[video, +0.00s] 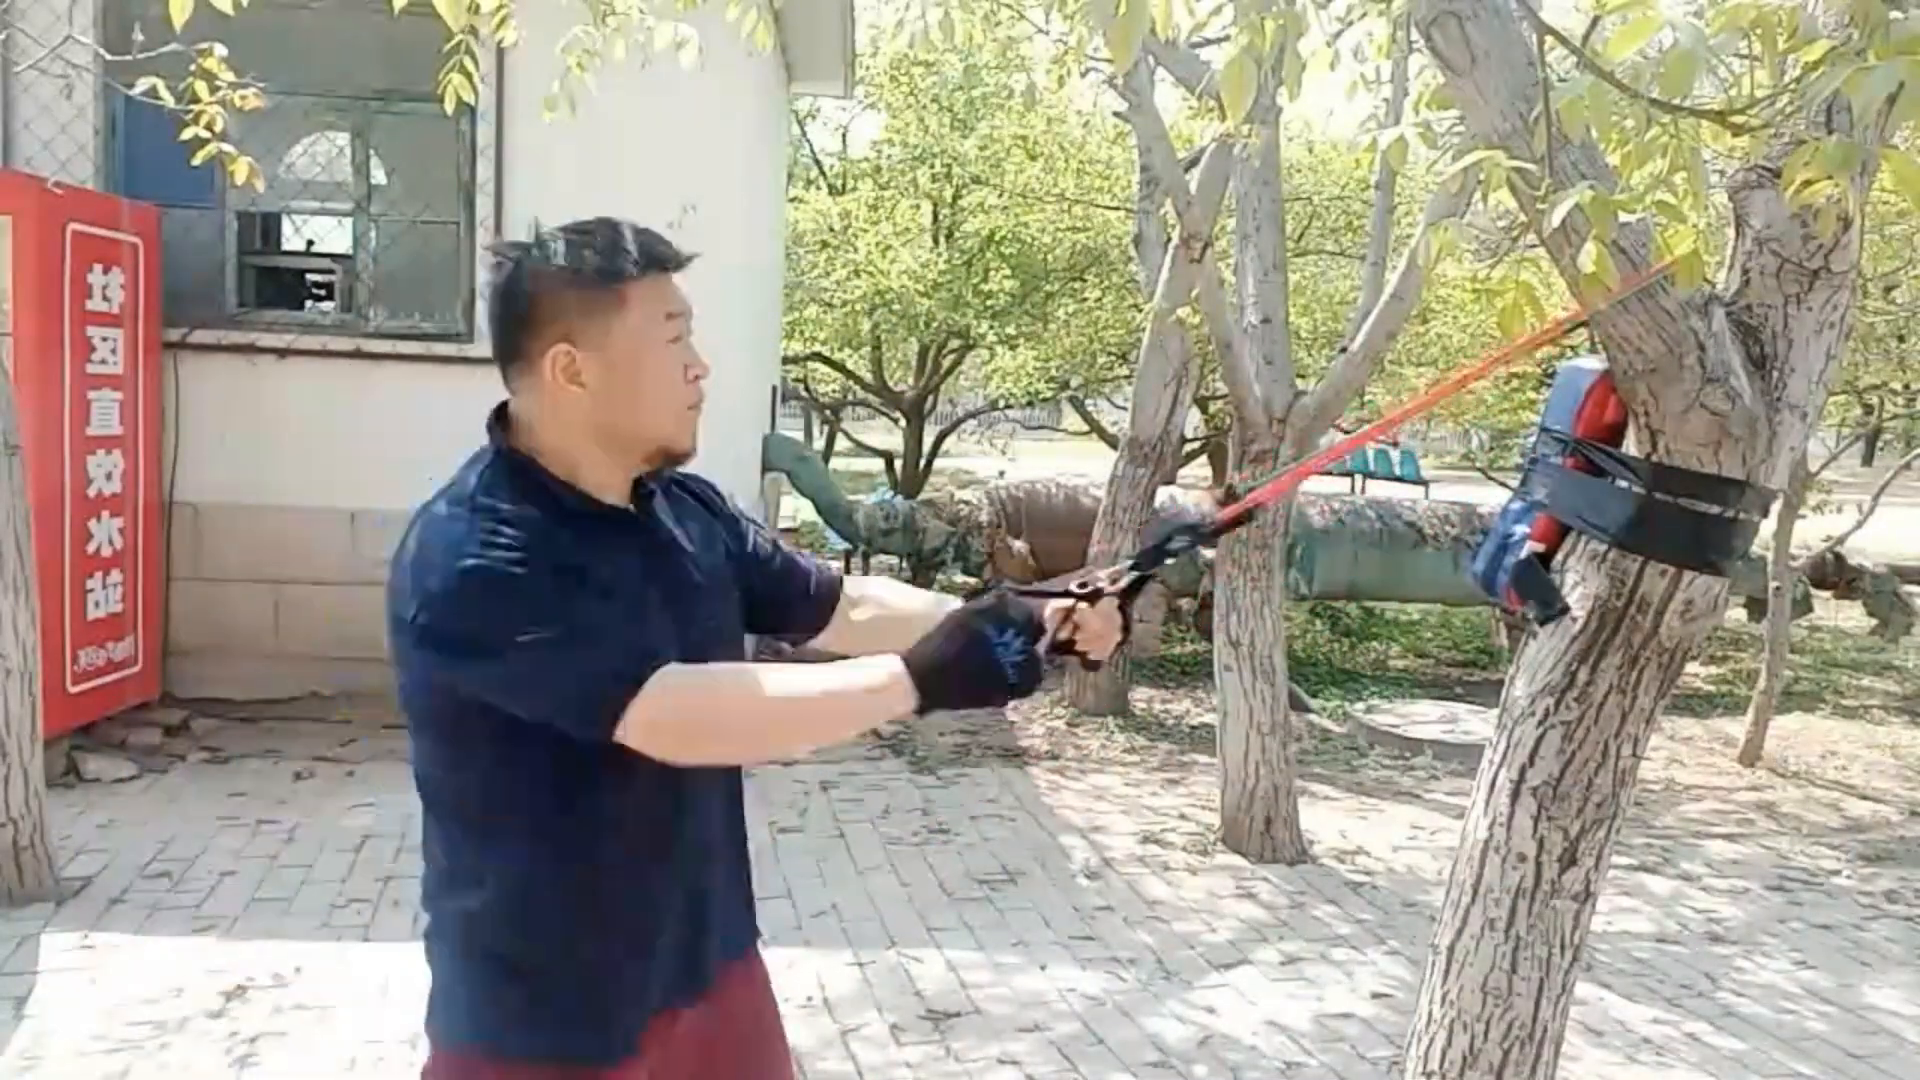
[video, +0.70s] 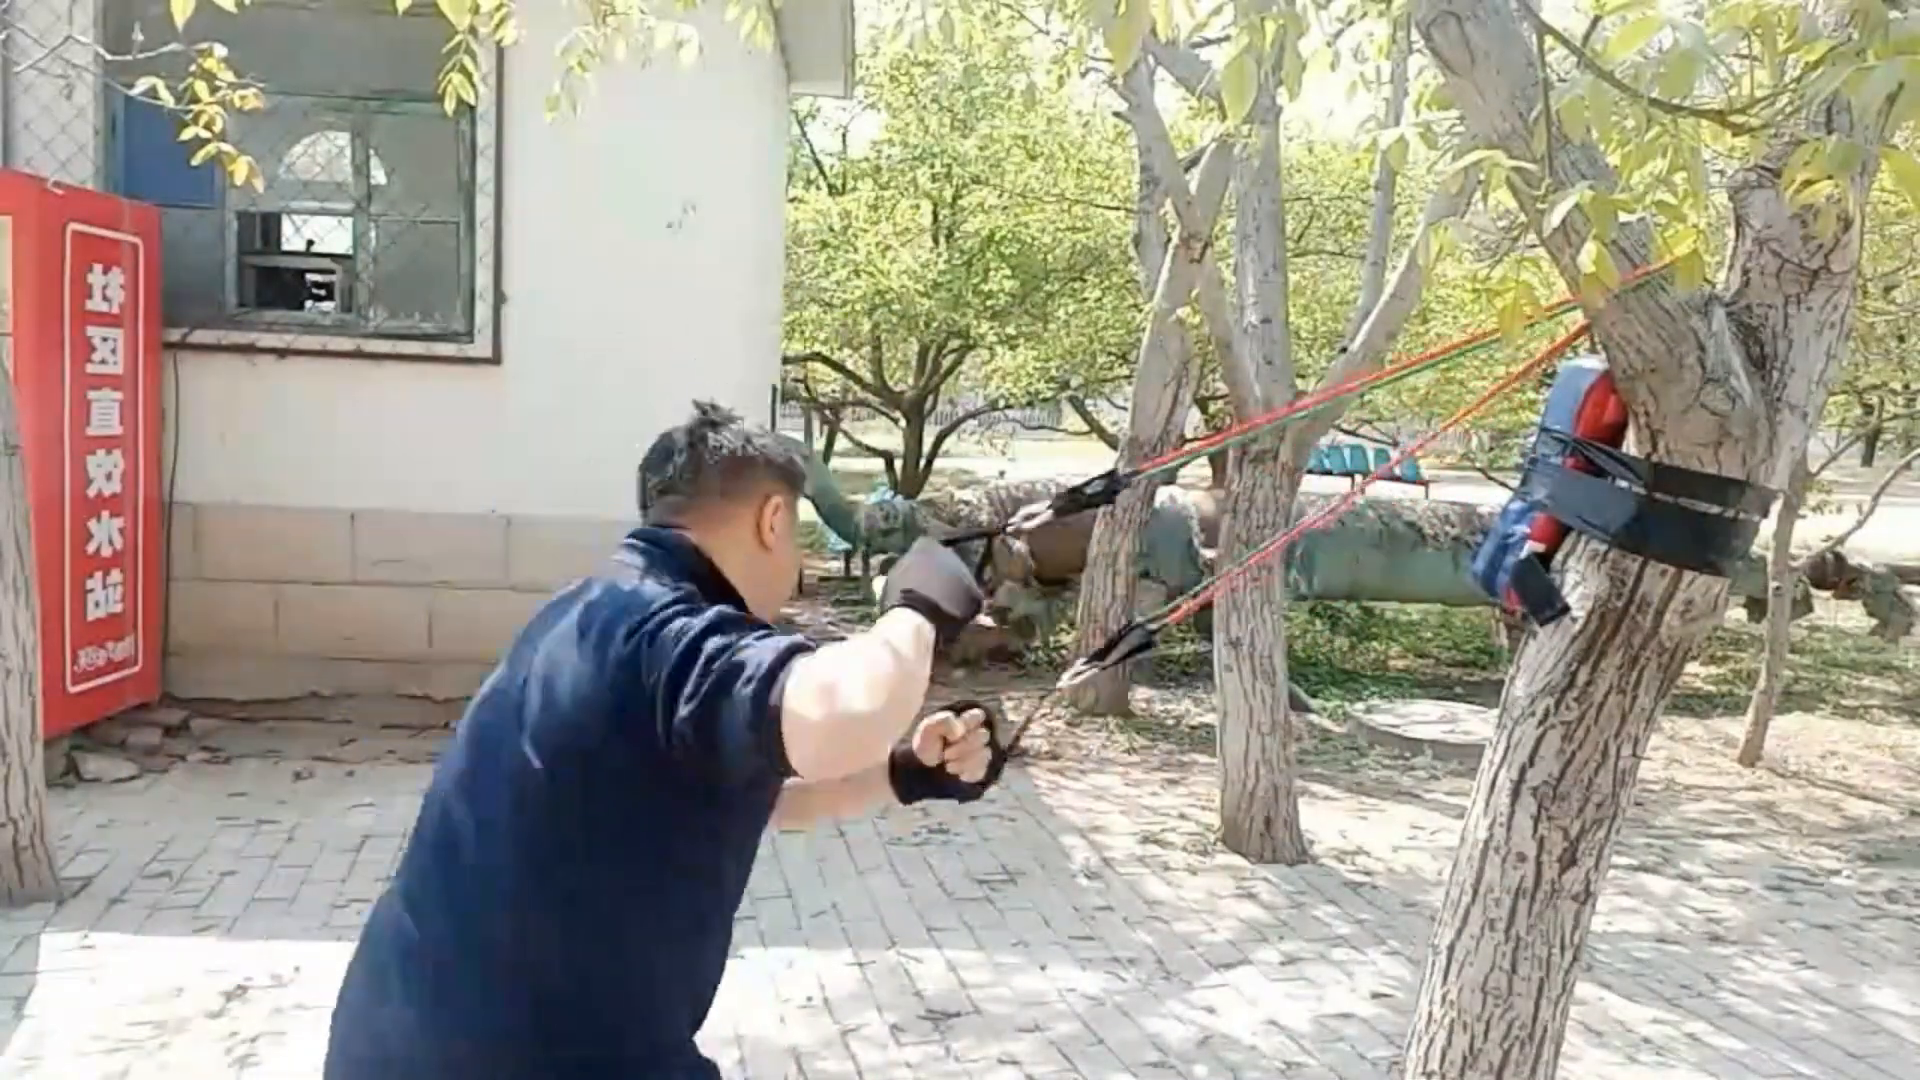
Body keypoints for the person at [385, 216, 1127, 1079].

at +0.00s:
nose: (701, 364)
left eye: (690, 333)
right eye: (675, 336)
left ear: (579, 376)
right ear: (570, 372)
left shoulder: (678, 506)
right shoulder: (468, 562)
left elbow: (831, 603)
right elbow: (671, 715)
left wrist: (1023, 622)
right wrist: (916, 681)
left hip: (712, 990)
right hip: (543, 1031)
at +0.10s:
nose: (731, 359)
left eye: (720, 328)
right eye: (705, 331)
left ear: (614, 365)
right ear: (607, 363)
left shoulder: (705, 503)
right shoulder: (522, 551)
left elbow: (876, 579)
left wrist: (1054, 608)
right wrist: (1021, 636)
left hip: (719, 980)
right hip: (566, 1028)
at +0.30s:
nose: (807, 360)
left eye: (795, 328)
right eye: (785, 328)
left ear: (706, 357)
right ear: (705, 354)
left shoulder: (734, 498)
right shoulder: (616, 537)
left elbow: (896, 615)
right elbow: (865, 688)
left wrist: (1071, 676)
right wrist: (1075, 688)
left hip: (697, 985)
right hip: (600, 1013)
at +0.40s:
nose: (843, 399)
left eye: (835, 372)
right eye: (829, 371)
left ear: (744, 398)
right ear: (759, 394)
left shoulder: (739, 521)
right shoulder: (687, 569)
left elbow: (911, 639)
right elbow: (869, 761)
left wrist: (1072, 690)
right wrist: (1105, 721)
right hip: (602, 1030)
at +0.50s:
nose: (870, 473)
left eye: (867, 446)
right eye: (862, 445)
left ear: (724, 449)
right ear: (805, 452)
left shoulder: (701, 555)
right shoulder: (716, 613)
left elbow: (915, 661)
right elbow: (847, 786)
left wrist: (1074, 692)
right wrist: (1057, 655)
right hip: (606, 1045)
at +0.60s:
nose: (861, 519)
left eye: (861, 493)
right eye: (858, 489)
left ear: (721, 483)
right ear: (810, 488)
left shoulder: (689, 592)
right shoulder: (686, 624)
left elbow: (877, 709)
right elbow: (821, 750)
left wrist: (1045, 728)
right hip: (565, 1054)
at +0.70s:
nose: (802, 564)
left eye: (806, 539)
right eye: (802, 534)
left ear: (662, 518)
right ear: (771, 523)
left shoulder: (577, 616)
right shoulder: (674, 638)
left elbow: (762, 790)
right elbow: (838, 720)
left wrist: (908, 769)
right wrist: (917, 612)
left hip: (393, 1049)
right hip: (573, 1063)